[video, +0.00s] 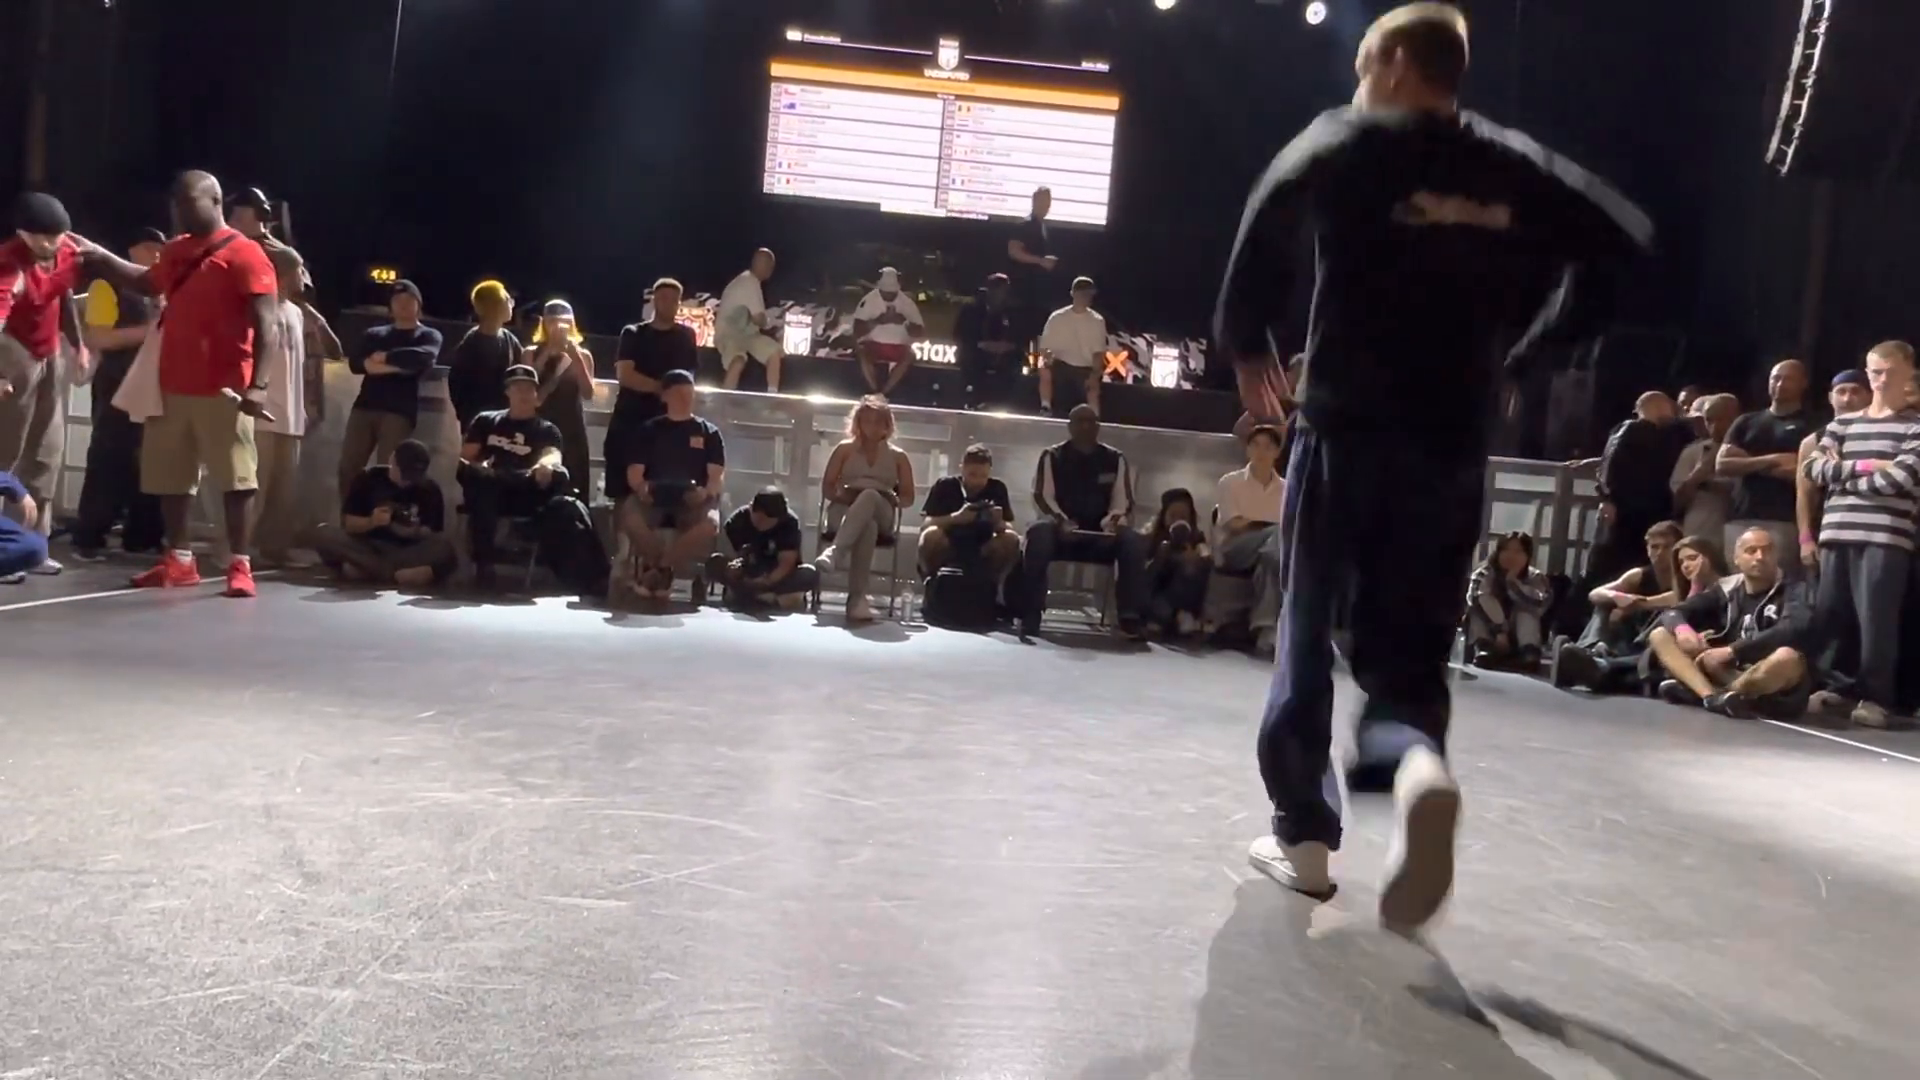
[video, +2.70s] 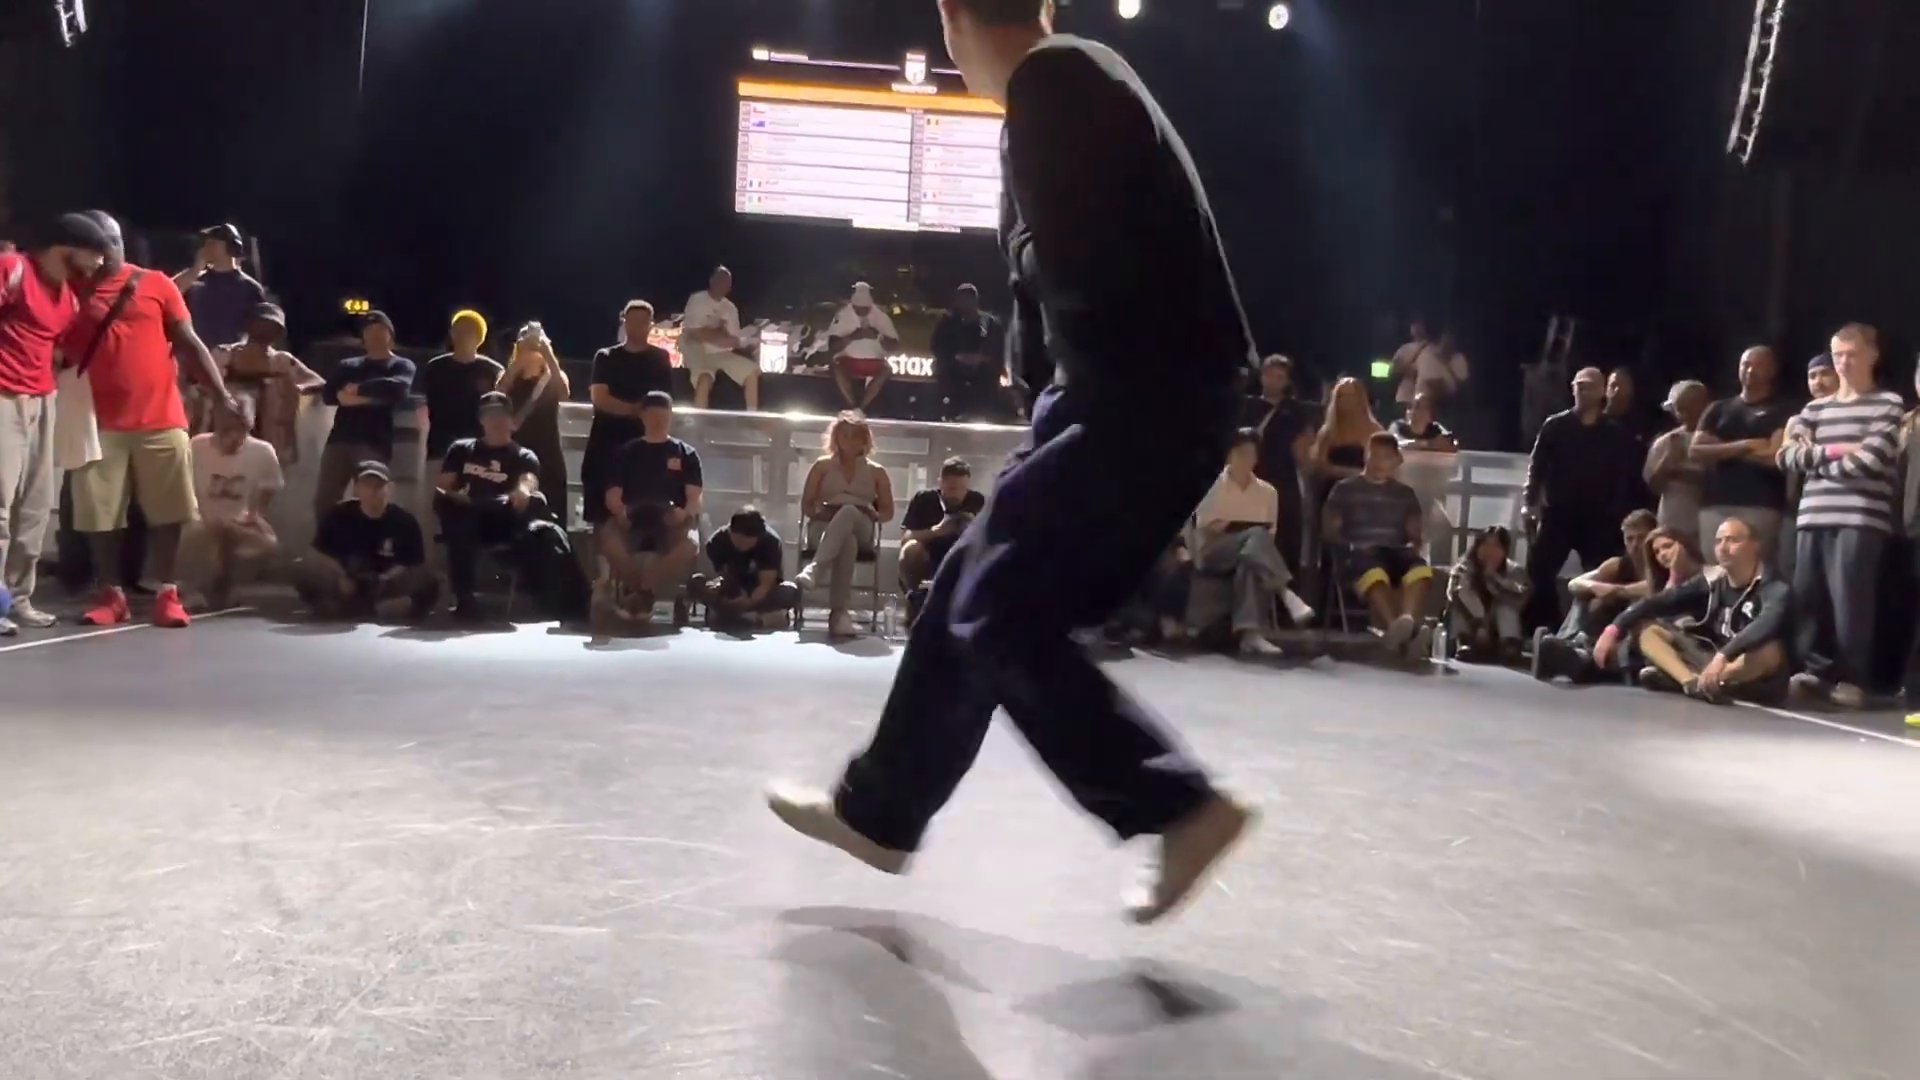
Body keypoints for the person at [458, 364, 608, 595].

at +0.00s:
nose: (525, 394)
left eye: (529, 389)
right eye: (519, 389)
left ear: (537, 394)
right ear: (507, 392)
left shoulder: (547, 429)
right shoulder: (486, 421)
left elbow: (552, 454)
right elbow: (464, 460)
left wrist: (546, 464)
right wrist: (480, 468)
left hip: (530, 490)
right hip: (493, 487)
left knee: (568, 507)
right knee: (478, 483)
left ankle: (594, 582)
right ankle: (484, 567)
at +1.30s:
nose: (524, 397)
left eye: (529, 392)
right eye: (518, 391)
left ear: (538, 398)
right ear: (508, 395)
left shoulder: (549, 433)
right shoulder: (487, 424)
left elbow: (552, 465)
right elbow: (466, 465)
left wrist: (547, 470)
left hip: (531, 493)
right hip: (495, 492)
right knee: (481, 493)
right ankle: (485, 573)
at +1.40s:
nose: (521, 398)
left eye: (527, 393)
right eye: (516, 392)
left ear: (535, 399)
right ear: (506, 396)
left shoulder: (547, 434)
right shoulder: (485, 425)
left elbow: (550, 466)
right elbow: (464, 464)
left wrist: (547, 471)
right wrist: (481, 473)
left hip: (528, 493)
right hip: (493, 493)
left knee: (557, 482)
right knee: (478, 492)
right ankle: (484, 574)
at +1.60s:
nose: (518, 400)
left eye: (523, 395)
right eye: (513, 394)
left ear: (531, 400)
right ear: (502, 398)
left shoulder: (543, 436)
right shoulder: (481, 428)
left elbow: (546, 467)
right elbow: (460, 468)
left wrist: (543, 472)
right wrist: (478, 477)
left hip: (524, 494)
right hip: (489, 493)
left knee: (552, 484)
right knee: (474, 495)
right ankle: (479, 576)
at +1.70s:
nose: (516, 401)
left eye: (521, 396)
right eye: (511, 395)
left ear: (529, 401)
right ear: (500, 399)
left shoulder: (541, 437)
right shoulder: (479, 428)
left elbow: (543, 472)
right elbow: (458, 469)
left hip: (522, 495)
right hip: (486, 494)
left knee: (550, 485)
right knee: (472, 495)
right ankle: (477, 577)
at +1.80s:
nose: (514, 401)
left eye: (518, 396)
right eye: (508, 395)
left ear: (527, 402)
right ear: (498, 400)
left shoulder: (540, 438)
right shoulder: (477, 429)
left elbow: (543, 466)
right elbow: (457, 471)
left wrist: (538, 474)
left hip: (521, 495)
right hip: (486, 494)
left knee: (550, 486)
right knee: (469, 496)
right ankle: (475, 577)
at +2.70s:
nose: (498, 423)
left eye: (502, 417)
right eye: (492, 417)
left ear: (512, 421)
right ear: (482, 421)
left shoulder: (524, 457)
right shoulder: (461, 449)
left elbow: (529, 482)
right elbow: (442, 488)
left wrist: (522, 492)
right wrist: (458, 496)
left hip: (506, 514)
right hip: (470, 512)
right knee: (457, 518)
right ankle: (464, 597)